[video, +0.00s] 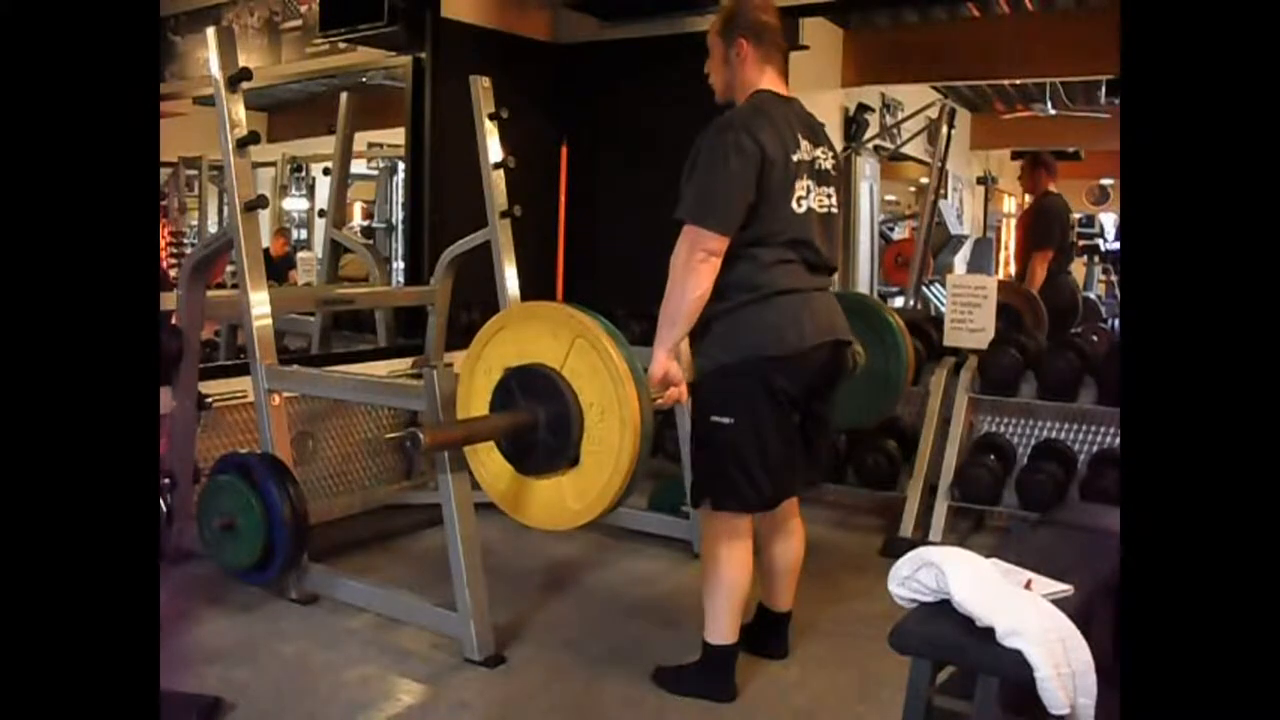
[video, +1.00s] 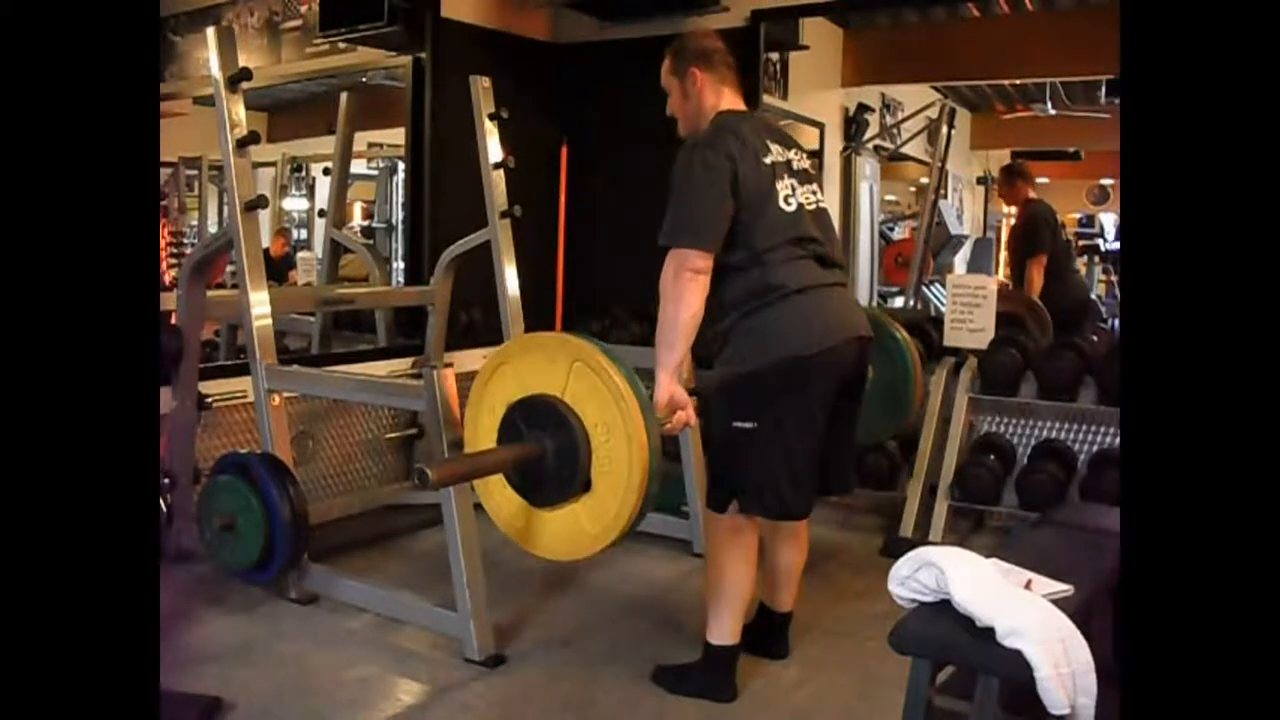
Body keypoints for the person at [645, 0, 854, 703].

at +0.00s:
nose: (710, 72)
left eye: (713, 57)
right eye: (711, 58)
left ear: (741, 52)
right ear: (774, 54)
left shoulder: (737, 129)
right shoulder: (812, 129)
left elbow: (703, 247)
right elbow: (803, 248)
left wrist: (665, 346)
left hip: (749, 343)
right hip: (817, 338)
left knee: (727, 512)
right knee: (780, 498)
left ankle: (715, 668)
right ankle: (772, 630)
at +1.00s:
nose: (672, 110)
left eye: (672, 93)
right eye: (669, 95)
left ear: (699, 82)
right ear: (731, 81)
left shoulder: (711, 146)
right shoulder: (787, 139)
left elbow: (692, 265)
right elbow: (805, 248)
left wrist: (668, 372)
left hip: (770, 349)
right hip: (838, 339)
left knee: (732, 506)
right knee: (789, 496)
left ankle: (716, 667)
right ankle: (774, 631)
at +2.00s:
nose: (645, 170)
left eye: (644, 152)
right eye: (642, 155)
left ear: (666, 139)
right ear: (699, 137)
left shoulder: (688, 199)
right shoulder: (759, 184)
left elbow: (672, 317)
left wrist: (653, 428)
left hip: (799, 356)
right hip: (869, 340)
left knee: (736, 500)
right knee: (796, 497)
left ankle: (717, 668)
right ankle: (773, 630)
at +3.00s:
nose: (623, 258)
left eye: (623, 243)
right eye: (620, 245)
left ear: (646, 233)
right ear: (674, 229)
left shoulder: (673, 279)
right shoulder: (732, 260)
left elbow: (663, 399)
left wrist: (647, 515)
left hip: (823, 374)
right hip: (891, 357)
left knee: (733, 507)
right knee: (795, 503)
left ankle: (716, 669)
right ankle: (773, 629)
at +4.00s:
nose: (750, 85)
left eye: (752, 69)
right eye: (749, 71)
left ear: (780, 57)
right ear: (813, 57)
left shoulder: (775, 127)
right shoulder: (853, 138)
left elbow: (712, 244)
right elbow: (828, 254)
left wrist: (658, 332)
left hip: (747, 345)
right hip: (814, 345)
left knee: (721, 502)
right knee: (772, 491)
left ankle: (715, 667)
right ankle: (771, 631)